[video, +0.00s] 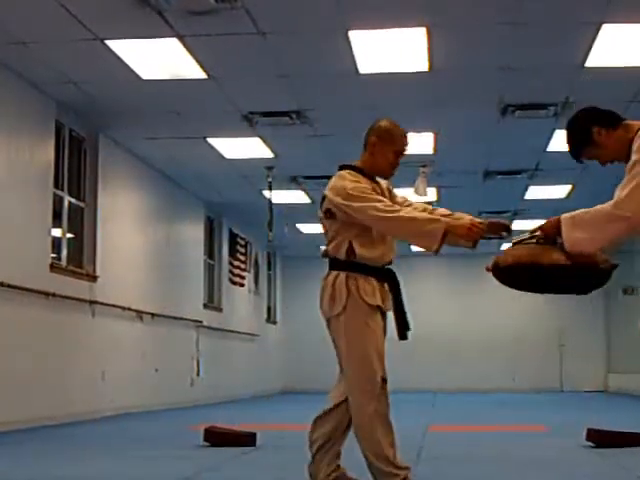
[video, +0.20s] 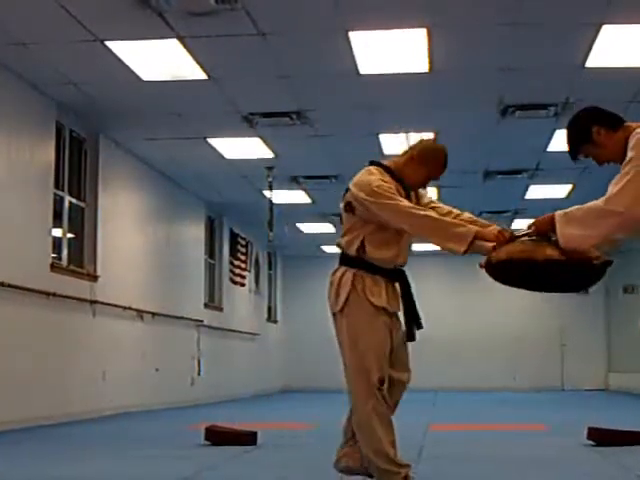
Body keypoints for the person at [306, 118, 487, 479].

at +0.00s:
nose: (399, 161)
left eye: (401, 154)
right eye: (396, 153)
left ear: (382, 149)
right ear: (373, 146)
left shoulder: (380, 190)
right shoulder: (345, 184)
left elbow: (420, 211)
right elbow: (390, 218)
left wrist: (476, 224)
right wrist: (453, 230)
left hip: (370, 291)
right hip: (350, 291)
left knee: (357, 382)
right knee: (369, 384)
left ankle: (323, 466)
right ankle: (390, 471)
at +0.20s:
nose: (423, 184)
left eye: (428, 180)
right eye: (425, 176)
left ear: (426, 172)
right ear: (412, 158)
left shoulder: (405, 192)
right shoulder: (369, 182)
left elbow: (444, 214)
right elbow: (412, 219)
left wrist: (496, 230)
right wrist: (477, 240)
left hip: (387, 288)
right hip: (359, 286)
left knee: (396, 375)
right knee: (369, 378)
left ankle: (354, 453)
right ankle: (389, 470)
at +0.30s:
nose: (430, 185)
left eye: (435, 181)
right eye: (431, 177)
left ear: (432, 168)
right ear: (419, 159)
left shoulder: (415, 188)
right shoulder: (377, 181)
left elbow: (447, 215)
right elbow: (419, 223)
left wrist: (491, 233)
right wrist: (482, 240)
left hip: (394, 288)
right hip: (366, 286)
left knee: (404, 376)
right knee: (373, 379)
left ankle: (385, 463)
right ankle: (385, 469)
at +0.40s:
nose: (435, 185)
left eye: (441, 181)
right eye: (437, 177)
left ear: (430, 161)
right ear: (424, 158)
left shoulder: (417, 188)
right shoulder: (383, 181)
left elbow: (454, 218)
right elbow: (423, 227)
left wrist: (501, 240)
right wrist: (486, 249)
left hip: (398, 289)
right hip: (372, 288)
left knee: (407, 379)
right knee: (378, 382)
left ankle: (409, 461)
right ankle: (388, 469)